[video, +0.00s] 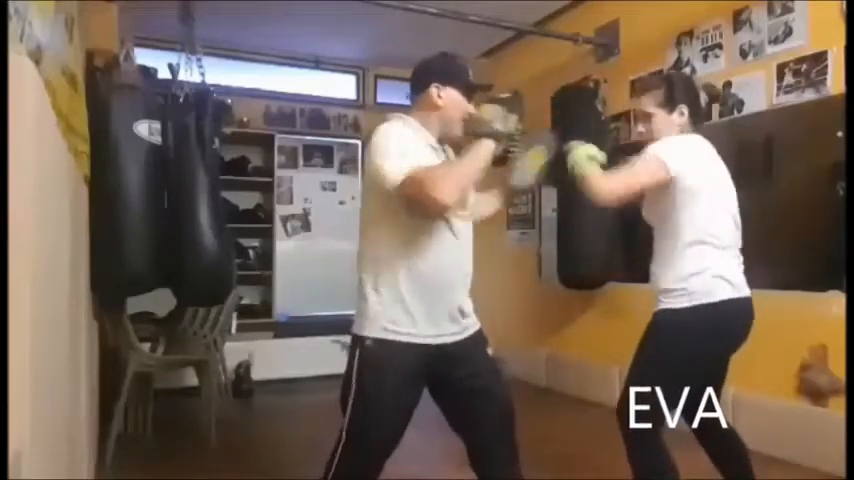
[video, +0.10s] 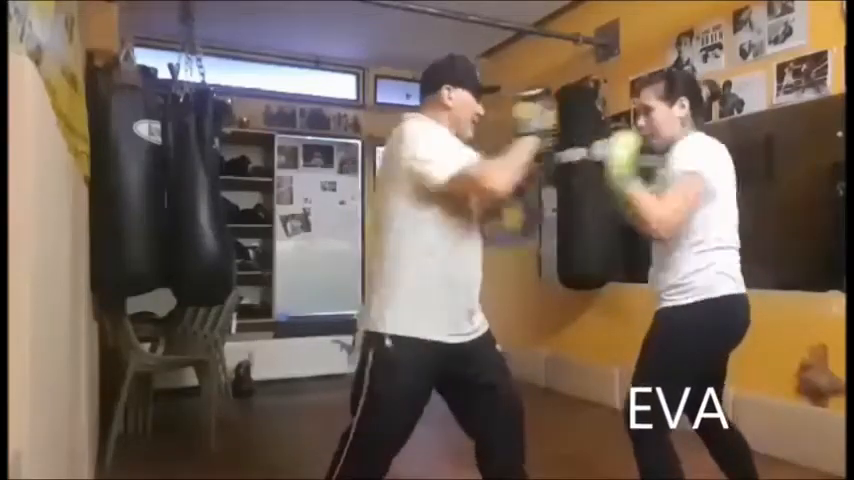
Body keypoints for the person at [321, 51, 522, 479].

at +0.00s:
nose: (472, 109)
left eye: (471, 99)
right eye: (465, 96)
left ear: (439, 96)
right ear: (437, 94)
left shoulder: (444, 152)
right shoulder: (392, 135)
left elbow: (463, 206)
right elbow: (435, 195)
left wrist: (508, 184)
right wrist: (488, 142)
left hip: (456, 333)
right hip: (391, 338)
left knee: (496, 436)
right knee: (360, 458)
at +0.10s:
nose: (481, 110)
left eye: (480, 100)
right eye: (475, 98)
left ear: (448, 97)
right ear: (447, 94)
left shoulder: (450, 145)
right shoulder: (415, 133)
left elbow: (473, 204)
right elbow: (492, 181)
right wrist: (529, 139)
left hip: (462, 328)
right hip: (403, 331)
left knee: (503, 427)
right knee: (367, 452)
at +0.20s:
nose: (492, 104)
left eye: (490, 93)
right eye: (485, 92)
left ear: (458, 93)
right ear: (458, 91)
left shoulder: (463, 144)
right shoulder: (429, 131)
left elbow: (460, 231)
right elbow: (515, 171)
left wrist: (514, 248)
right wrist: (543, 117)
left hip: (473, 324)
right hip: (418, 324)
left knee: (511, 426)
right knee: (372, 447)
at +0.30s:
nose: (507, 92)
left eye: (506, 83)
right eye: (499, 80)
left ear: (473, 87)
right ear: (472, 85)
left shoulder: (492, 147)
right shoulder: (434, 125)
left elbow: (522, 189)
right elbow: (470, 180)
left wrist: (580, 185)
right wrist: (519, 120)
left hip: (487, 322)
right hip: (421, 318)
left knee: (513, 438)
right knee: (371, 445)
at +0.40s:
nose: (528, 97)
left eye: (526, 87)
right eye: (518, 86)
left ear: (494, 90)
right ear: (488, 88)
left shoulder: (531, 142)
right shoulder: (441, 130)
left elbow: (587, 133)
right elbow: (443, 194)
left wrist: (632, 131)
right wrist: (504, 148)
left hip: (490, 321)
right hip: (420, 316)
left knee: (513, 441)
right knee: (375, 445)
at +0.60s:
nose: (528, 108)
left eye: (528, 98)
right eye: (520, 97)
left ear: (492, 99)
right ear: (487, 98)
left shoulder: (524, 137)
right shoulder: (435, 138)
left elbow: (596, 153)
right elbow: (429, 215)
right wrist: (490, 166)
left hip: (491, 318)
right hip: (421, 315)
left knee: (517, 422)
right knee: (380, 430)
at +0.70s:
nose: (517, 113)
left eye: (517, 102)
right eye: (509, 100)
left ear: (483, 99)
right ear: (478, 98)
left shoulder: (508, 145)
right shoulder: (424, 141)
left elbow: (555, 193)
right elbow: (423, 219)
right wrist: (485, 171)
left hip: (488, 319)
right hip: (419, 319)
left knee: (518, 418)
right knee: (377, 430)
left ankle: (516, 479)